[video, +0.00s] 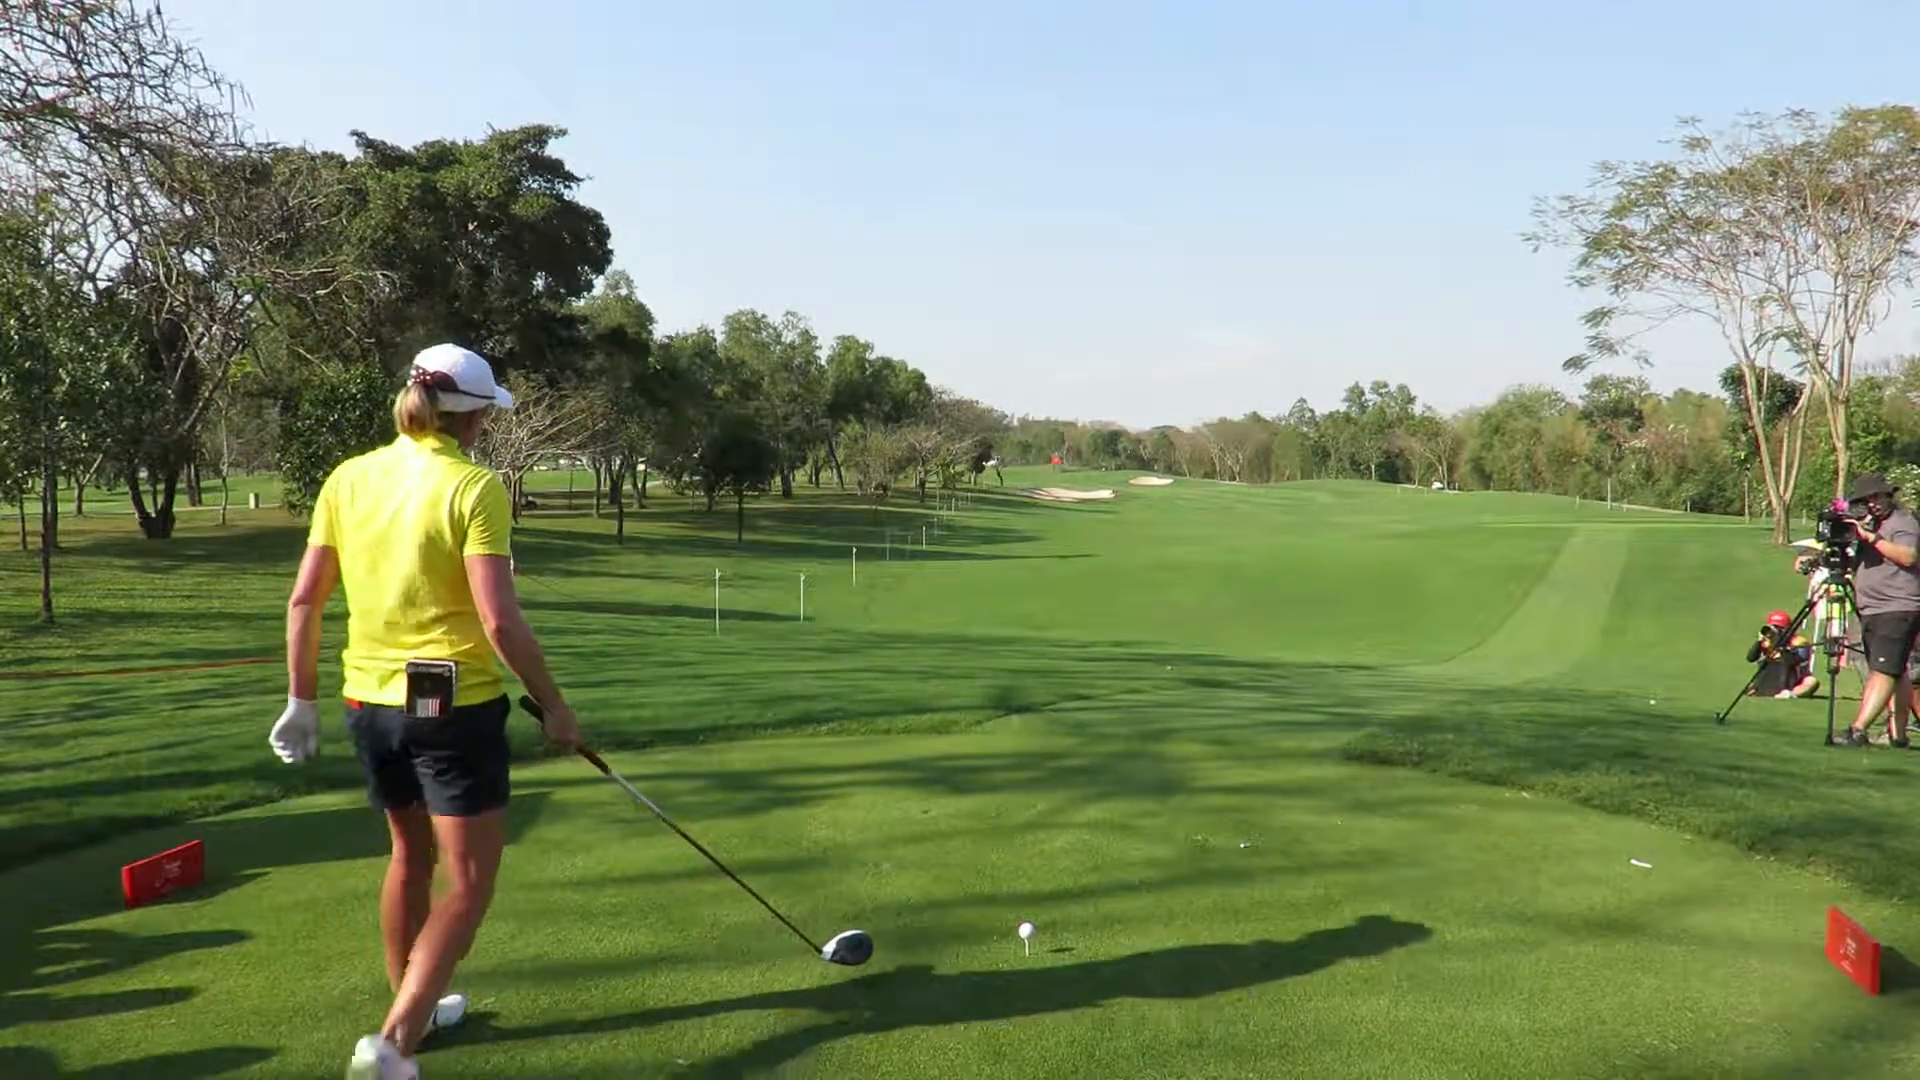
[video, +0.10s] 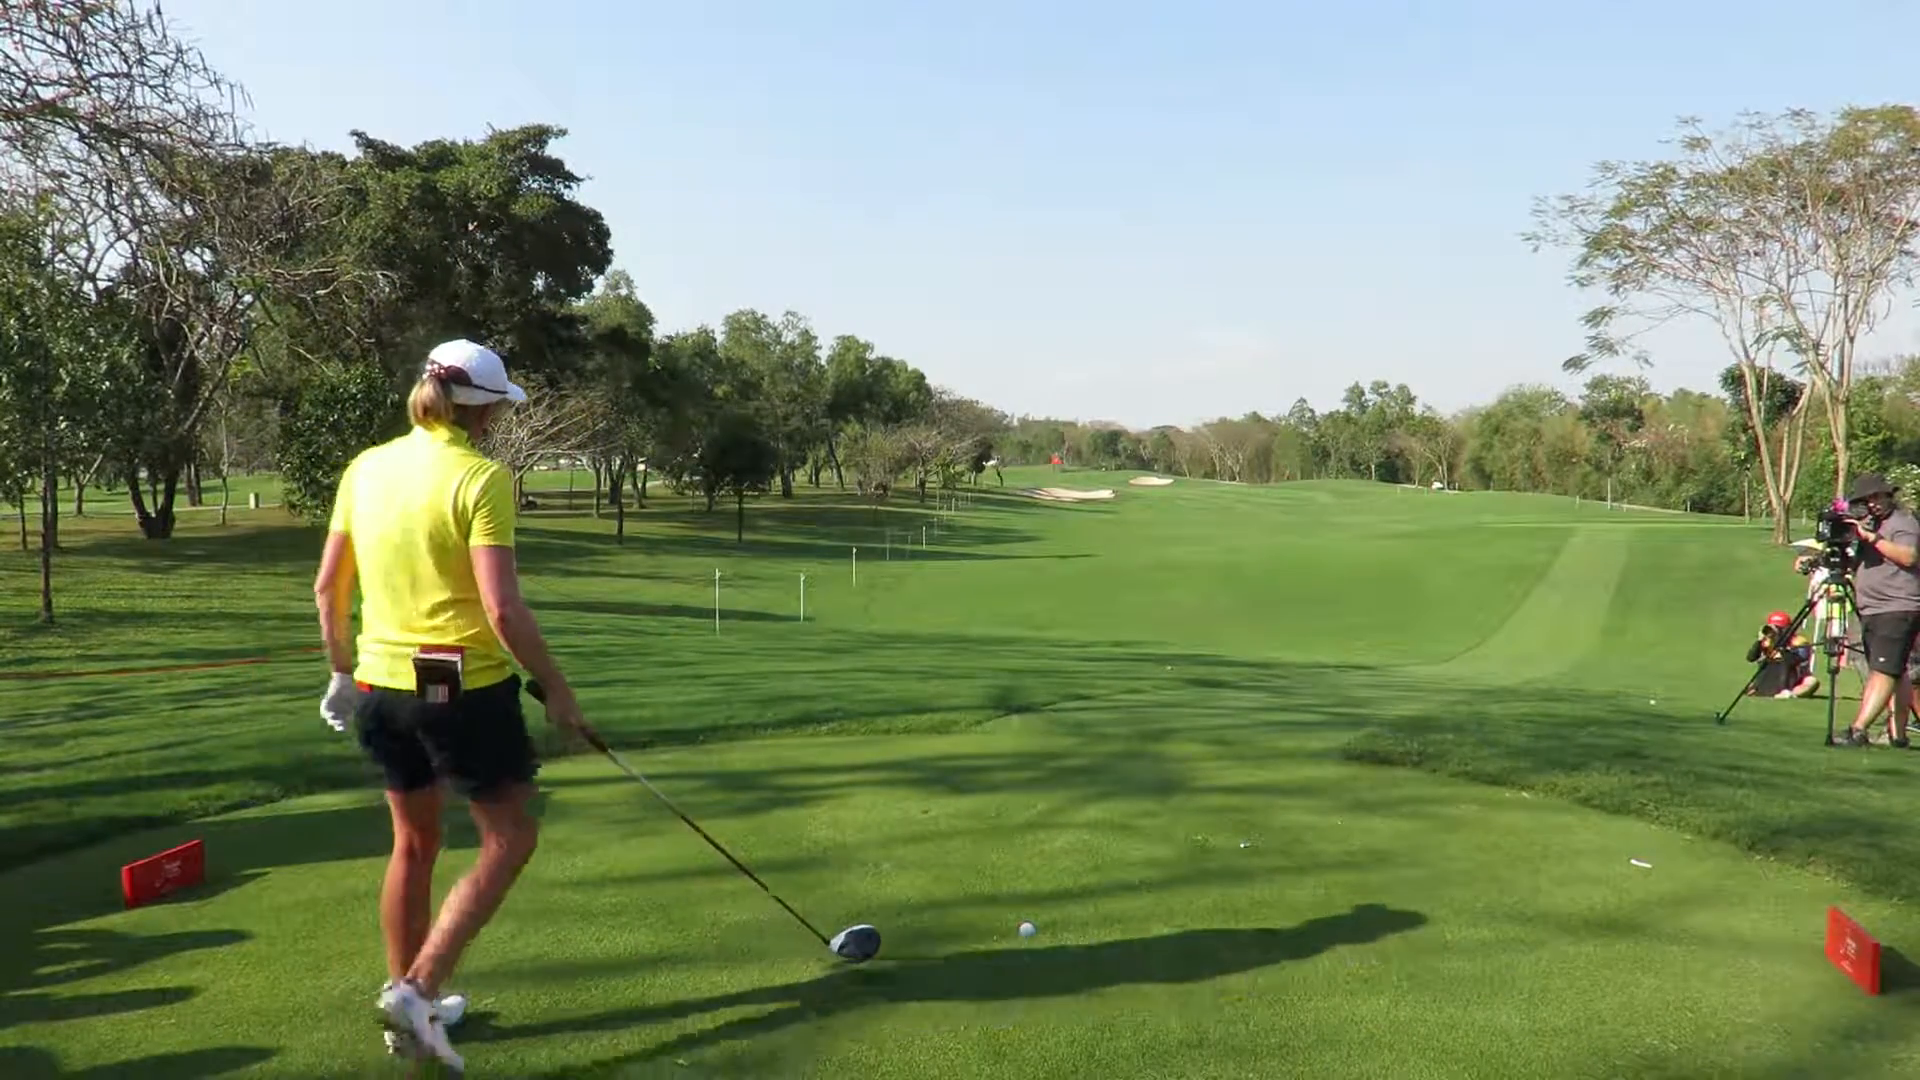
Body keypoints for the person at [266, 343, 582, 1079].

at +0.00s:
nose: (488, 426)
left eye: (488, 414)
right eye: (484, 414)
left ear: (412, 407)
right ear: (466, 414)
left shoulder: (346, 479)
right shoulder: (471, 485)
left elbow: (304, 601)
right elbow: (499, 622)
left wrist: (299, 696)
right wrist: (555, 706)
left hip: (372, 709)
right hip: (456, 712)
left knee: (407, 852)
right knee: (468, 885)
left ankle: (412, 1004)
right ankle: (393, 1043)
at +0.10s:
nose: (498, 421)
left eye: (499, 409)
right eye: (494, 409)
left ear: (428, 400)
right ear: (469, 406)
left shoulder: (363, 468)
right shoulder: (479, 476)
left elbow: (329, 587)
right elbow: (503, 609)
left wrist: (345, 672)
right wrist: (558, 693)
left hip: (384, 689)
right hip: (465, 692)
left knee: (412, 839)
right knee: (511, 835)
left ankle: (414, 1002)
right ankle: (419, 987)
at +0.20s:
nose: (512, 422)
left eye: (514, 411)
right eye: (509, 410)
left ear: (444, 402)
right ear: (488, 409)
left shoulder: (384, 464)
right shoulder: (490, 476)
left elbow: (357, 581)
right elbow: (510, 606)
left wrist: (400, 631)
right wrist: (565, 681)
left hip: (396, 677)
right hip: (477, 677)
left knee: (415, 841)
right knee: (539, 812)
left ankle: (409, 1013)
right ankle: (473, 972)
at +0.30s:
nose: (528, 428)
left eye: (529, 417)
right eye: (526, 418)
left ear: (462, 407)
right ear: (509, 417)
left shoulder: (407, 470)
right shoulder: (500, 482)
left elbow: (387, 574)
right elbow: (519, 611)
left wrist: (435, 623)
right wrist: (577, 679)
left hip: (413, 679)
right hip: (492, 681)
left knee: (424, 836)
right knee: (551, 804)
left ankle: (411, 1011)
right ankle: (544, 953)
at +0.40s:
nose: (557, 436)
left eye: (556, 425)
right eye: (551, 425)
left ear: (490, 416)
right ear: (526, 425)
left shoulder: (438, 475)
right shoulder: (519, 489)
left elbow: (417, 570)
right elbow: (532, 613)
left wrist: (479, 607)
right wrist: (594, 676)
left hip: (437, 679)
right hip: (512, 684)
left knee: (442, 832)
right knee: (560, 813)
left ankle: (413, 1006)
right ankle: (580, 939)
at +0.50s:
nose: (579, 443)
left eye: (580, 432)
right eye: (574, 432)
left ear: (523, 425)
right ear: (545, 429)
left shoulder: (470, 475)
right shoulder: (539, 493)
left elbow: (448, 566)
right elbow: (548, 615)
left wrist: (520, 585)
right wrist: (610, 668)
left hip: (466, 674)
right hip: (535, 681)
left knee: (480, 813)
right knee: (572, 806)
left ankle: (423, 972)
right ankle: (581, 935)